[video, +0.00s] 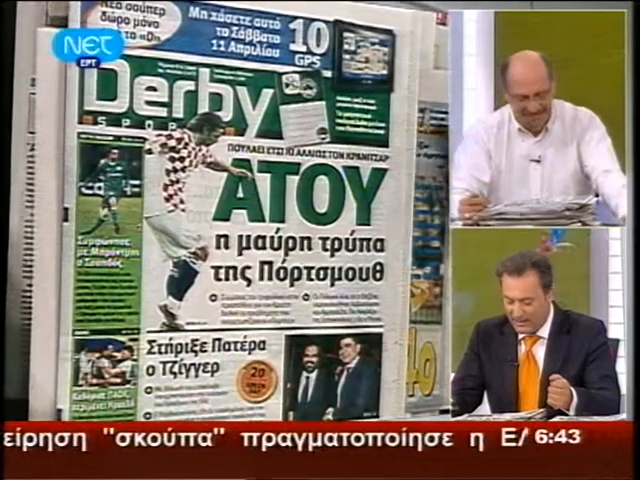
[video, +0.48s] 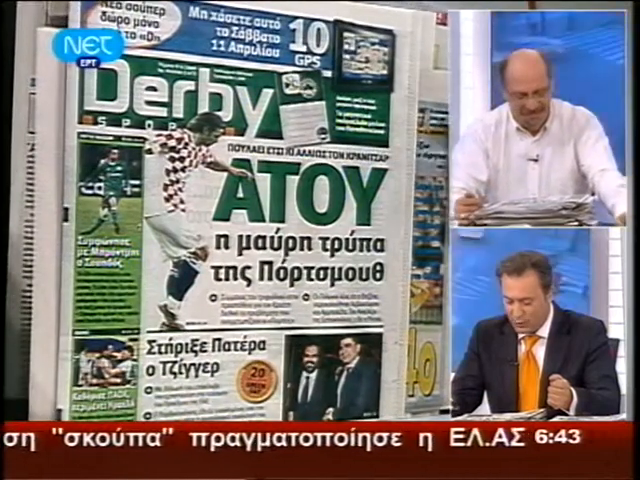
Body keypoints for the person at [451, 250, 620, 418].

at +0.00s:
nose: (517, 312)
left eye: (527, 302)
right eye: (509, 301)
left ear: (550, 296)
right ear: (502, 297)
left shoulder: (588, 332)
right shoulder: (486, 334)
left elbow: (610, 403)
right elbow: (461, 401)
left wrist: (574, 400)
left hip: (568, 452)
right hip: (505, 451)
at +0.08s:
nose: (517, 313)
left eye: (527, 302)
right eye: (509, 302)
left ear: (550, 296)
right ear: (502, 297)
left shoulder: (588, 332)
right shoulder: (487, 334)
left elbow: (610, 403)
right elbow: (461, 400)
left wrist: (574, 400)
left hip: (569, 452)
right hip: (505, 450)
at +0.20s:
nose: (516, 312)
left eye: (527, 302)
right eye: (509, 302)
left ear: (550, 296)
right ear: (502, 296)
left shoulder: (588, 332)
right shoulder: (486, 334)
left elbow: (610, 403)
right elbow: (461, 401)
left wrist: (574, 400)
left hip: (568, 451)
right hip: (504, 450)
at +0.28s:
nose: (516, 312)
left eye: (527, 302)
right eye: (509, 302)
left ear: (550, 296)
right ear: (502, 297)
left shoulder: (588, 332)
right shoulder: (487, 334)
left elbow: (610, 403)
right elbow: (461, 401)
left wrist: (574, 400)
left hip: (568, 451)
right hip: (505, 450)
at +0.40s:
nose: (516, 313)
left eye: (526, 302)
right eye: (509, 302)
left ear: (549, 296)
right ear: (502, 297)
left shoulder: (588, 332)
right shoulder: (487, 334)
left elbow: (610, 403)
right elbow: (461, 401)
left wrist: (574, 400)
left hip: (568, 451)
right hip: (505, 449)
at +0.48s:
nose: (516, 313)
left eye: (526, 303)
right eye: (509, 302)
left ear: (549, 294)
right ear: (502, 297)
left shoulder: (588, 332)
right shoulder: (487, 334)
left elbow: (610, 403)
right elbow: (461, 401)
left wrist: (574, 400)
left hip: (569, 452)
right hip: (505, 451)